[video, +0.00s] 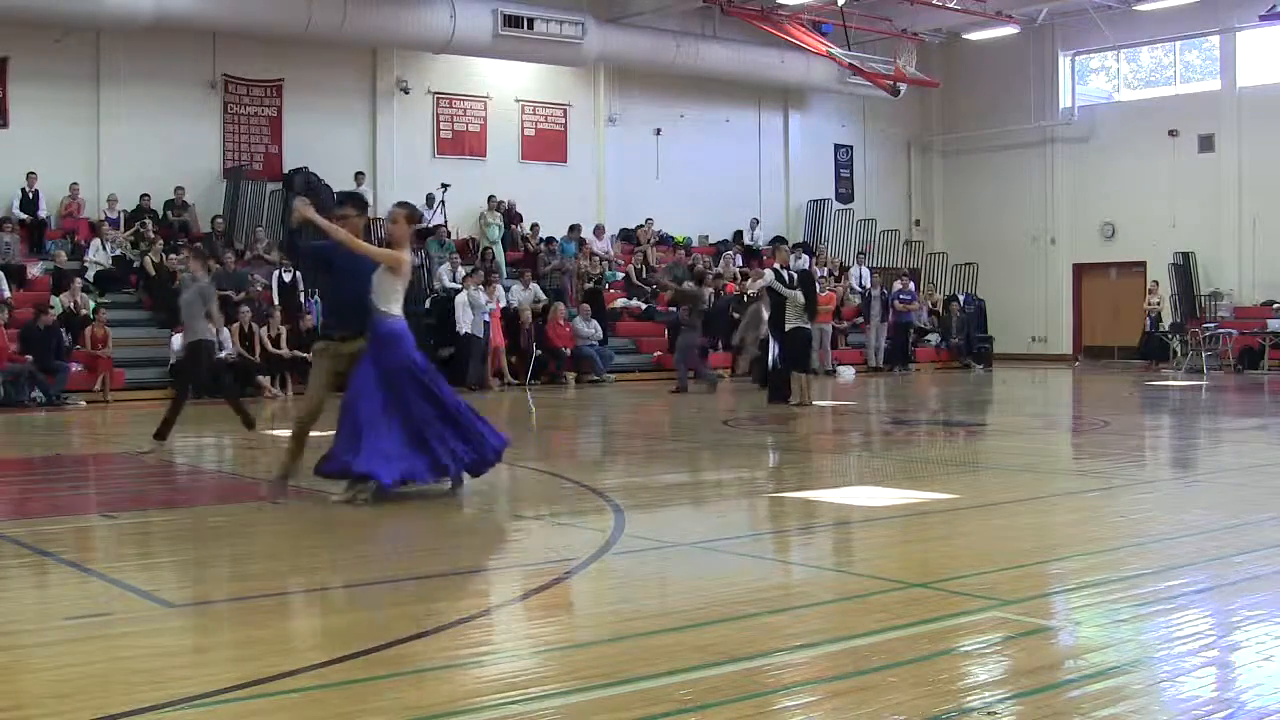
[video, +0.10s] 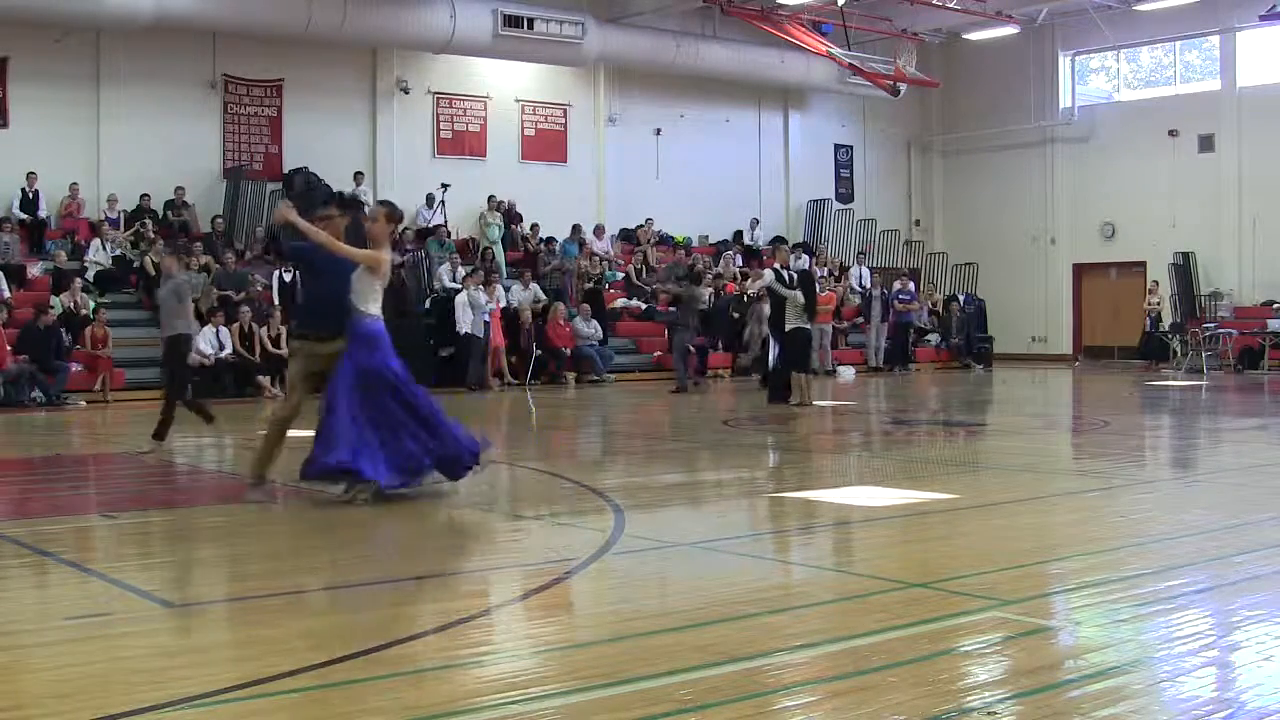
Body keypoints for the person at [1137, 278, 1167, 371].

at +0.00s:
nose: (1152, 288)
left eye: (1154, 286)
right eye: (1151, 286)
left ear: (1157, 287)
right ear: (1150, 287)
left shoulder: (1161, 296)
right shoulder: (1148, 296)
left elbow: (1161, 308)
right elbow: (1145, 306)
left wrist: (1150, 307)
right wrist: (1155, 307)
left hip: (1157, 318)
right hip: (1149, 318)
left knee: (1157, 338)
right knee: (1149, 338)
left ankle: (1156, 362)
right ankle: (1150, 361)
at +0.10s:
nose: (1152, 288)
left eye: (1154, 286)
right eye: (1151, 286)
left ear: (1157, 287)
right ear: (1149, 287)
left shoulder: (1161, 296)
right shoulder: (1148, 296)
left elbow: (1161, 308)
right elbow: (1145, 307)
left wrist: (1150, 308)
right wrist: (1155, 307)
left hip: (1157, 318)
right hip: (1149, 318)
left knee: (1157, 338)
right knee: (1149, 338)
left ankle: (1156, 362)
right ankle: (1150, 362)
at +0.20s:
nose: (1152, 288)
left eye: (1154, 286)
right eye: (1151, 286)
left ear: (1158, 287)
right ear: (1150, 287)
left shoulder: (1161, 297)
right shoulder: (1148, 296)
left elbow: (1160, 308)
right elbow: (1144, 306)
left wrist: (1149, 308)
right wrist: (1155, 307)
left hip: (1157, 318)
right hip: (1149, 318)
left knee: (1156, 339)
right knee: (1148, 338)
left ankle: (1155, 362)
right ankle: (1149, 361)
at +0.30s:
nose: (1152, 288)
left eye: (1154, 286)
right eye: (1151, 286)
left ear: (1158, 287)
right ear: (1150, 287)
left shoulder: (1160, 296)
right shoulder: (1148, 296)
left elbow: (1160, 308)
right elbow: (1144, 306)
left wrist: (1149, 308)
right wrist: (1155, 307)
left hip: (1157, 318)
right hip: (1149, 319)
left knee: (1156, 339)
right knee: (1148, 338)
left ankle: (1156, 362)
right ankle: (1149, 361)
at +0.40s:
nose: (1152, 288)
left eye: (1154, 286)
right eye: (1151, 286)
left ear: (1158, 287)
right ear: (1150, 287)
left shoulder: (1160, 296)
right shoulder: (1148, 296)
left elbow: (1160, 308)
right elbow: (1144, 306)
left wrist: (1149, 308)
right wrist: (1155, 307)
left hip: (1157, 318)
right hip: (1149, 319)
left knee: (1156, 339)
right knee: (1148, 338)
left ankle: (1156, 362)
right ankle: (1149, 361)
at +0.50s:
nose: (1152, 288)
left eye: (1154, 286)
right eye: (1151, 286)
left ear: (1157, 287)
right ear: (1150, 287)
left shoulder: (1160, 296)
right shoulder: (1148, 296)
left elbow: (1160, 308)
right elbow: (1144, 306)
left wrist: (1149, 308)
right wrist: (1155, 307)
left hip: (1157, 318)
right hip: (1149, 319)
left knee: (1156, 339)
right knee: (1148, 338)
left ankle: (1156, 362)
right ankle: (1149, 361)